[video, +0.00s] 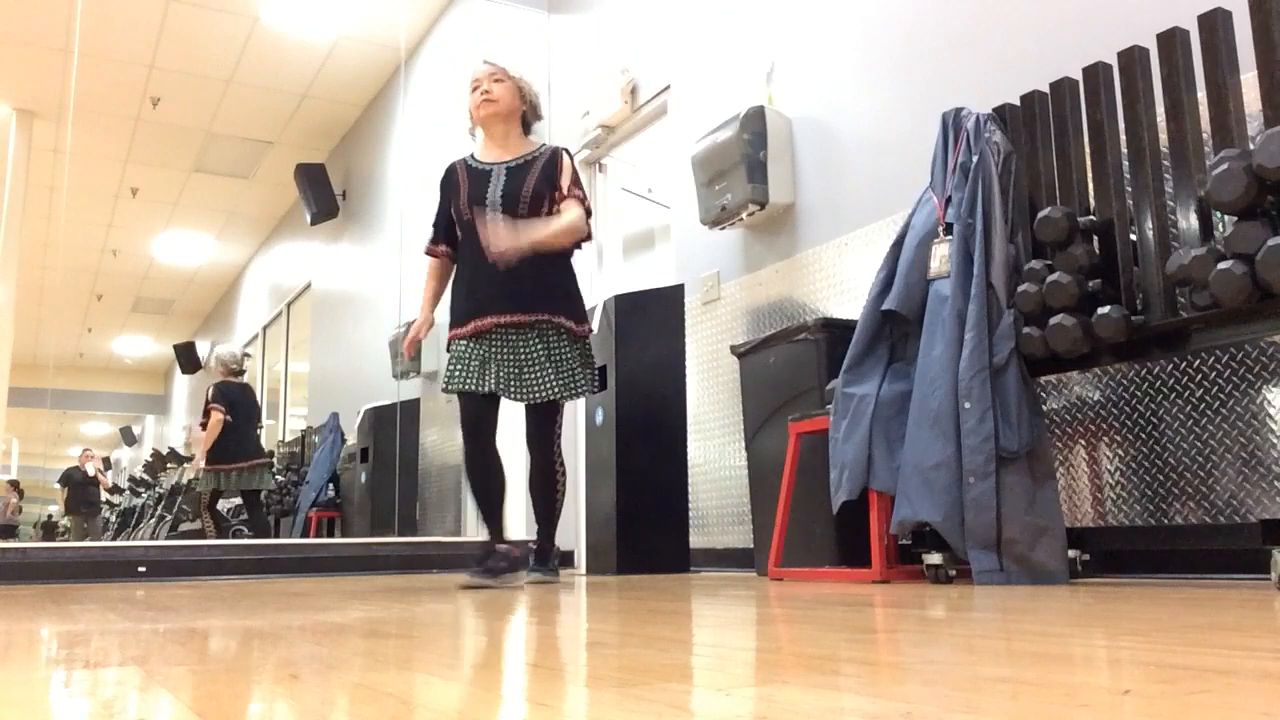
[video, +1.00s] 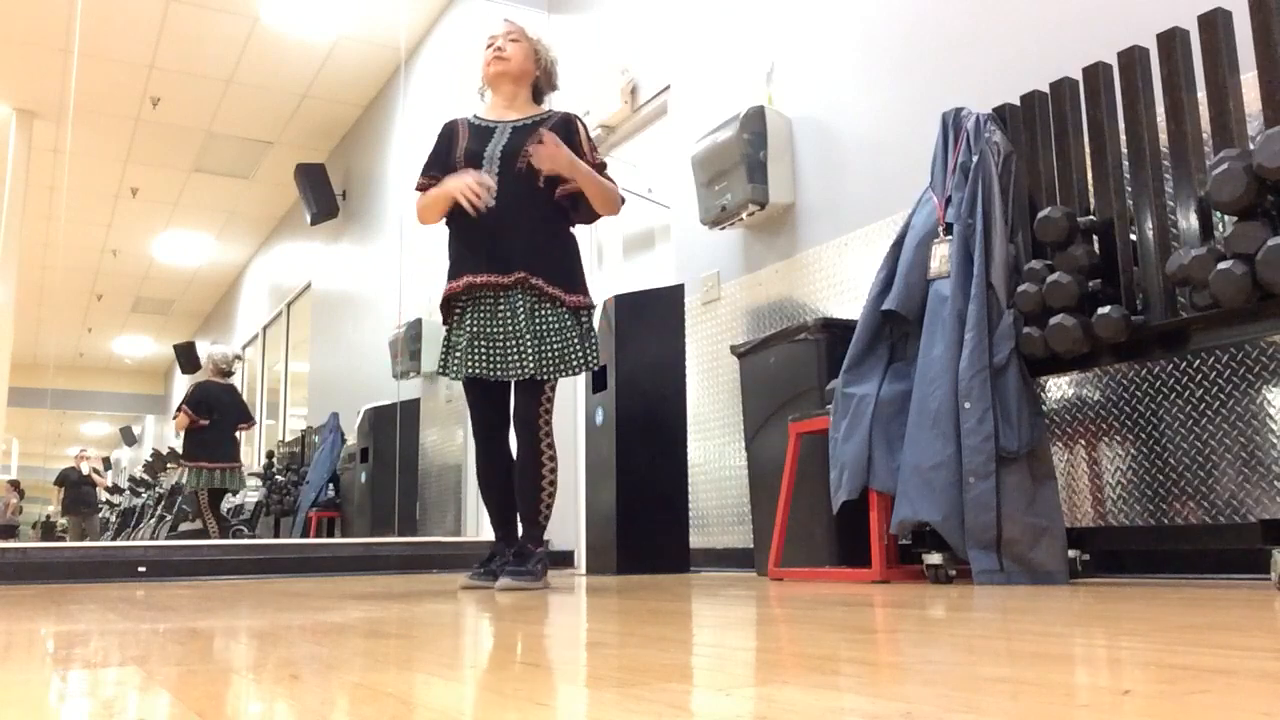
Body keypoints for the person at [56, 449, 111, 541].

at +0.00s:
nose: (89, 459)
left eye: (92, 457)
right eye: (86, 456)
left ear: (94, 459)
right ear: (80, 458)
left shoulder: (97, 471)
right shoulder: (71, 471)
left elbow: (107, 485)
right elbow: (61, 488)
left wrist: (96, 471)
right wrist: (61, 506)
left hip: (94, 511)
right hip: (76, 512)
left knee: (96, 540)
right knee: (77, 541)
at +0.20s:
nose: (88, 460)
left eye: (90, 457)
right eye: (85, 457)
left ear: (93, 459)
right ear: (79, 458)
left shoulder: (96, 471)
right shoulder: (69, 471)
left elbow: (106, 484)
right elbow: (61, 489)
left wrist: (95, 472)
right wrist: (59, 505)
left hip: (93, 511)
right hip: (75, 512)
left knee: (96, 539)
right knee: (76, 540)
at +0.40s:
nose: (86, 460)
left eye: (89, 458)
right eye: (84, 457)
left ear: (92, 459)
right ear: (78, 458)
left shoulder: (95, 471)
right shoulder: (69, 471)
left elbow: (105, 484)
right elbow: (59, 489)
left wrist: (93, 473)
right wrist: (57, 506)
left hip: (92, 510)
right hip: (74, 511)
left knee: (95, 538)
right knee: (75, 539)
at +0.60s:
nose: (85, 460)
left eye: (87, 458)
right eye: (82, 458)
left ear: (90, 460)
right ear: (76, 459)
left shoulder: (94, 471)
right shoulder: (68, 472)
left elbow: (104, 484)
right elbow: (59, 489)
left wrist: (92, 474)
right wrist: (57, 507)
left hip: (92, 511)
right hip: (74, 512)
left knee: (95, 538)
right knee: (75, 539)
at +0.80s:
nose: (84, 460)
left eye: (87, 458)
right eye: (82, 457)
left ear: (89, 459)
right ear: (76, 459)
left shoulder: (94, 471)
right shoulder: (67, 472)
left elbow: (103, 484)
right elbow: (58, 490)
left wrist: (91, 474)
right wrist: (57, 507)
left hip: (92, 512)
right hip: (73, 512)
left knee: (95, 539)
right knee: (74, 541)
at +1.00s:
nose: (84, 460)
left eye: (86, 458)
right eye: (81, 458)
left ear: (89, 460)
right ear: (76, 459)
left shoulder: (93, 471)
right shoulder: (67, 472)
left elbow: (103, 484)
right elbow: (58, 490)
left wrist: (91, 473)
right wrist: (56, 507)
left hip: (91, 512)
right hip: (73, 512)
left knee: (95, 540)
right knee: (74, 541)